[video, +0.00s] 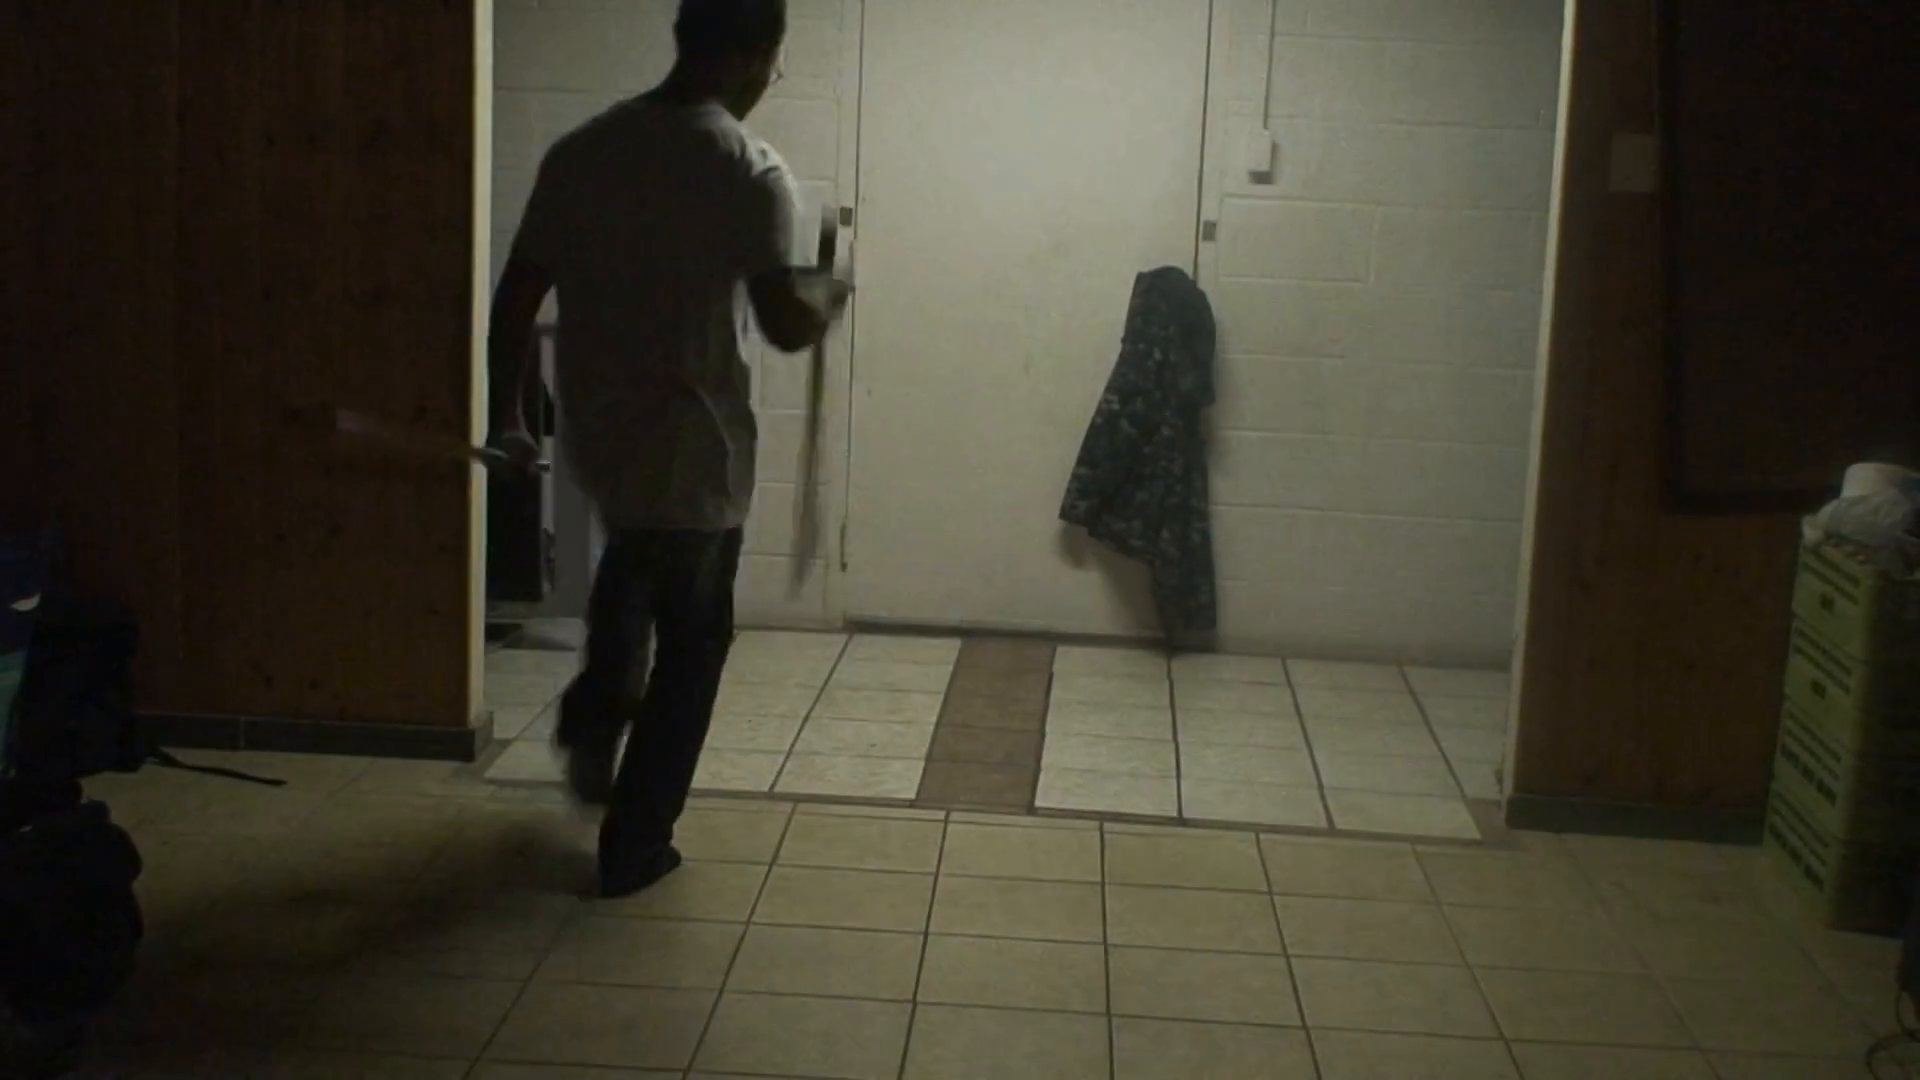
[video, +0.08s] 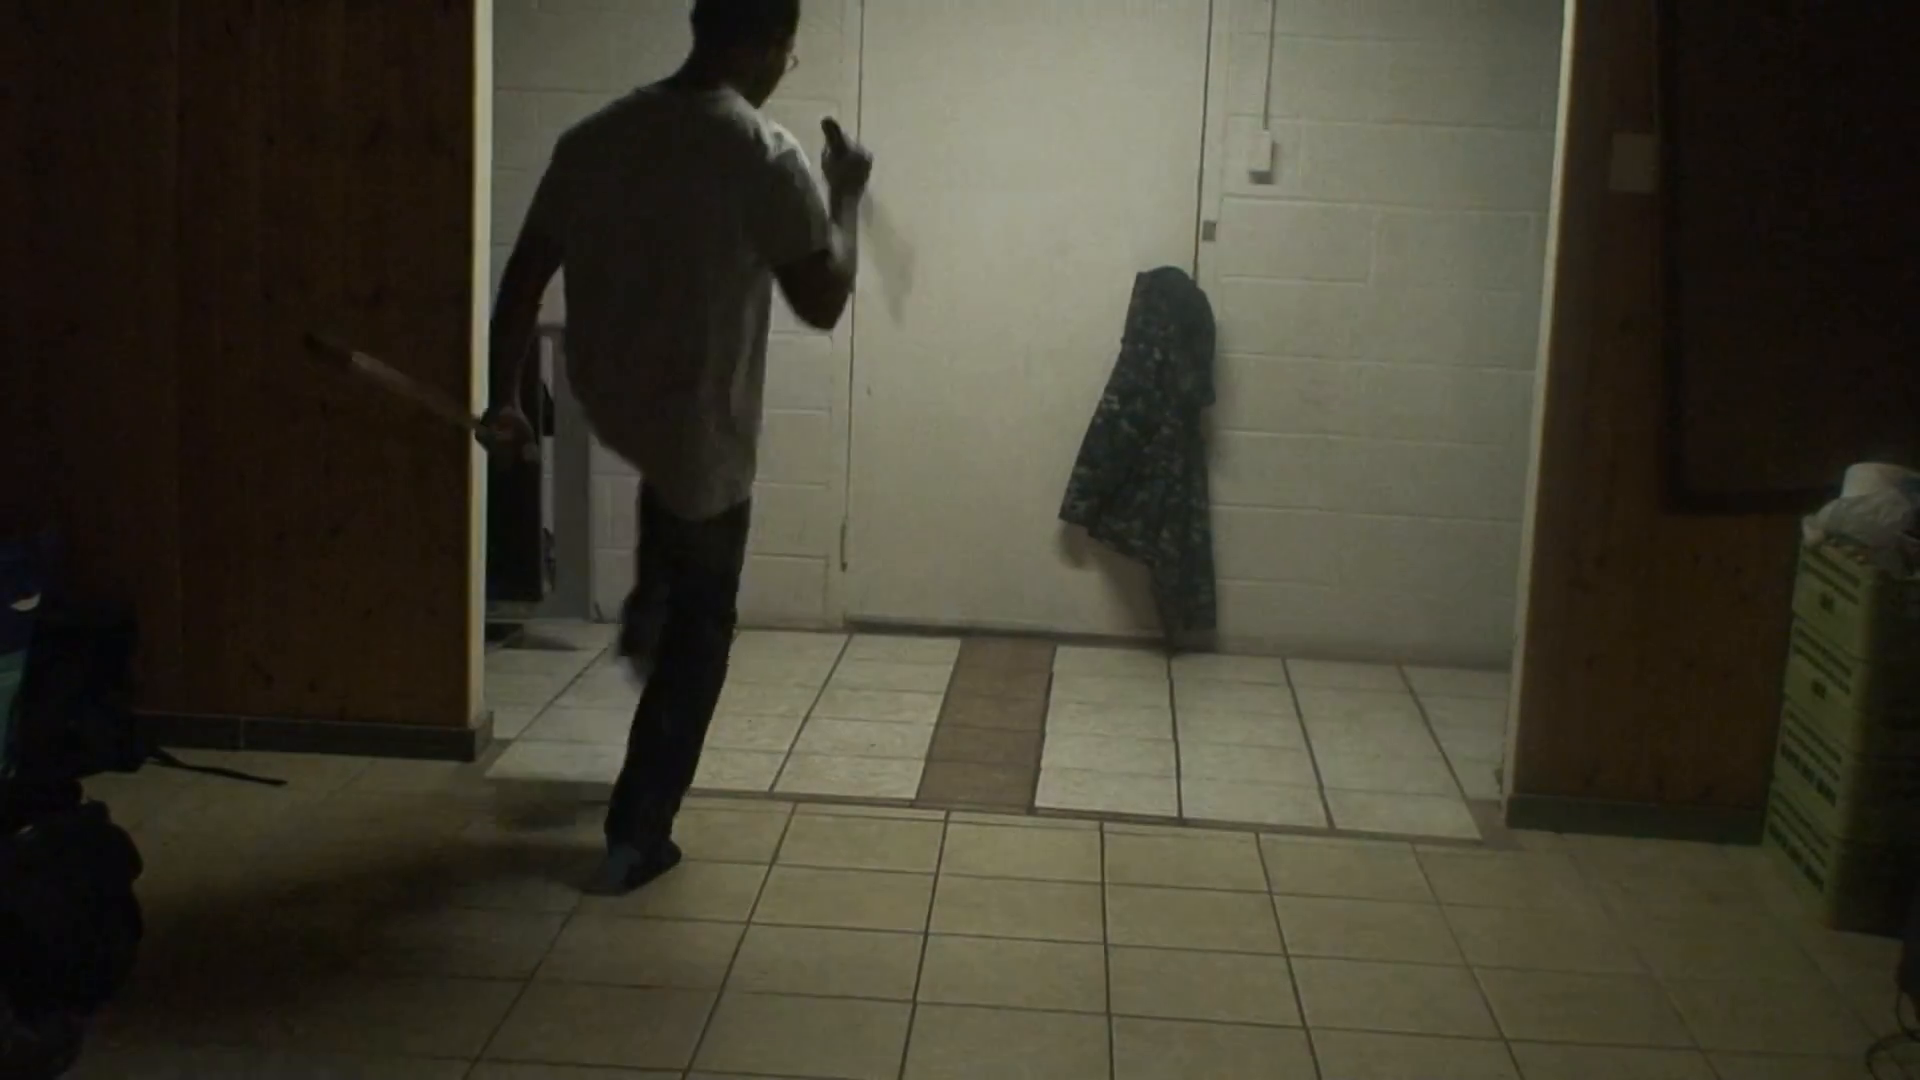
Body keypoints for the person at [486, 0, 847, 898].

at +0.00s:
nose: (773, 73)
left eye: (773, 55)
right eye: (772, 56)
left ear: (686, 40)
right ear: (750, 55)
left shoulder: (580, 153)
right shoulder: (749, 170)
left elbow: (516, 298)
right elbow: (788, 327)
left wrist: (515, 405)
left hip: (594, 431)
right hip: (696, 445)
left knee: (633, 551)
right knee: (693, 642)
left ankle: (592, 732)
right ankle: (633, 849)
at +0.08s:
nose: (787, 62)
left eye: (788, 44)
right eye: (785, 44)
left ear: (702, 32)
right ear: (761, 44)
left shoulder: (593, 139)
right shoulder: (763, 156)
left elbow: (522, 284)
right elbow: (822, 306)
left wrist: (509, 398)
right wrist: (846, 199)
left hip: (603, 399)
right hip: (702, 421)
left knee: (681, 461)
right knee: (694, 627)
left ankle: (648, 620)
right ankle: (636, 837)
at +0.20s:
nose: (808, 56)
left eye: (809, 39)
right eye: (806, 40)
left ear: (724, 28)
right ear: (784, 40)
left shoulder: (619, 131)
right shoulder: (785, 149)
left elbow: (550, 256)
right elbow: (834, 294)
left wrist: (534, 376)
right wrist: (872, 191)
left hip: (643, 395)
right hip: (734, 407)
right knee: (714, 599)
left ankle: (670, 744)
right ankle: (673, 786)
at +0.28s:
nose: (821, 65)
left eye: (820, 49)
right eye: (818, 49)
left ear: (738, 39)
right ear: (794, 49)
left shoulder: (638, 143)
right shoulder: (794, 160)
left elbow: (570, 260)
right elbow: (840, 310)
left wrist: (590, 374)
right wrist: (885, 294)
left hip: (666, 404)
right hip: (751, 415)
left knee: (705, 546)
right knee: (738, 601)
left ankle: (705, 723)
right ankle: (674, 789)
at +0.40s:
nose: (839, 87)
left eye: (841, 71)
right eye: (840, 70)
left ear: (760, 54)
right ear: (818, 67)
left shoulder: (672, 150)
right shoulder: (809, 174)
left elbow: (617, 269)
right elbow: (828, 323)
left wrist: (686, 326)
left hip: (691, 415)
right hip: (767, 424)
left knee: (720, 574)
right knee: (754, 603)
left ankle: (706, 729)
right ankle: (679, 773)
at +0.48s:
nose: (855, 90)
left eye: (857, 73)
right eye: (855, 73)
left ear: (778, 56)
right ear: (829, 68)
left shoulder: (695, 146)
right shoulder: (817, 171)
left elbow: (660, 260)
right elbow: (816, 319)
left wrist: (746, 290)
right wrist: (821, 438)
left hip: (716, 409)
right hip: (788, 420)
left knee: (729, 554)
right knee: (821, 556)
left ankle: (699, 736)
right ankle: (709, 727)